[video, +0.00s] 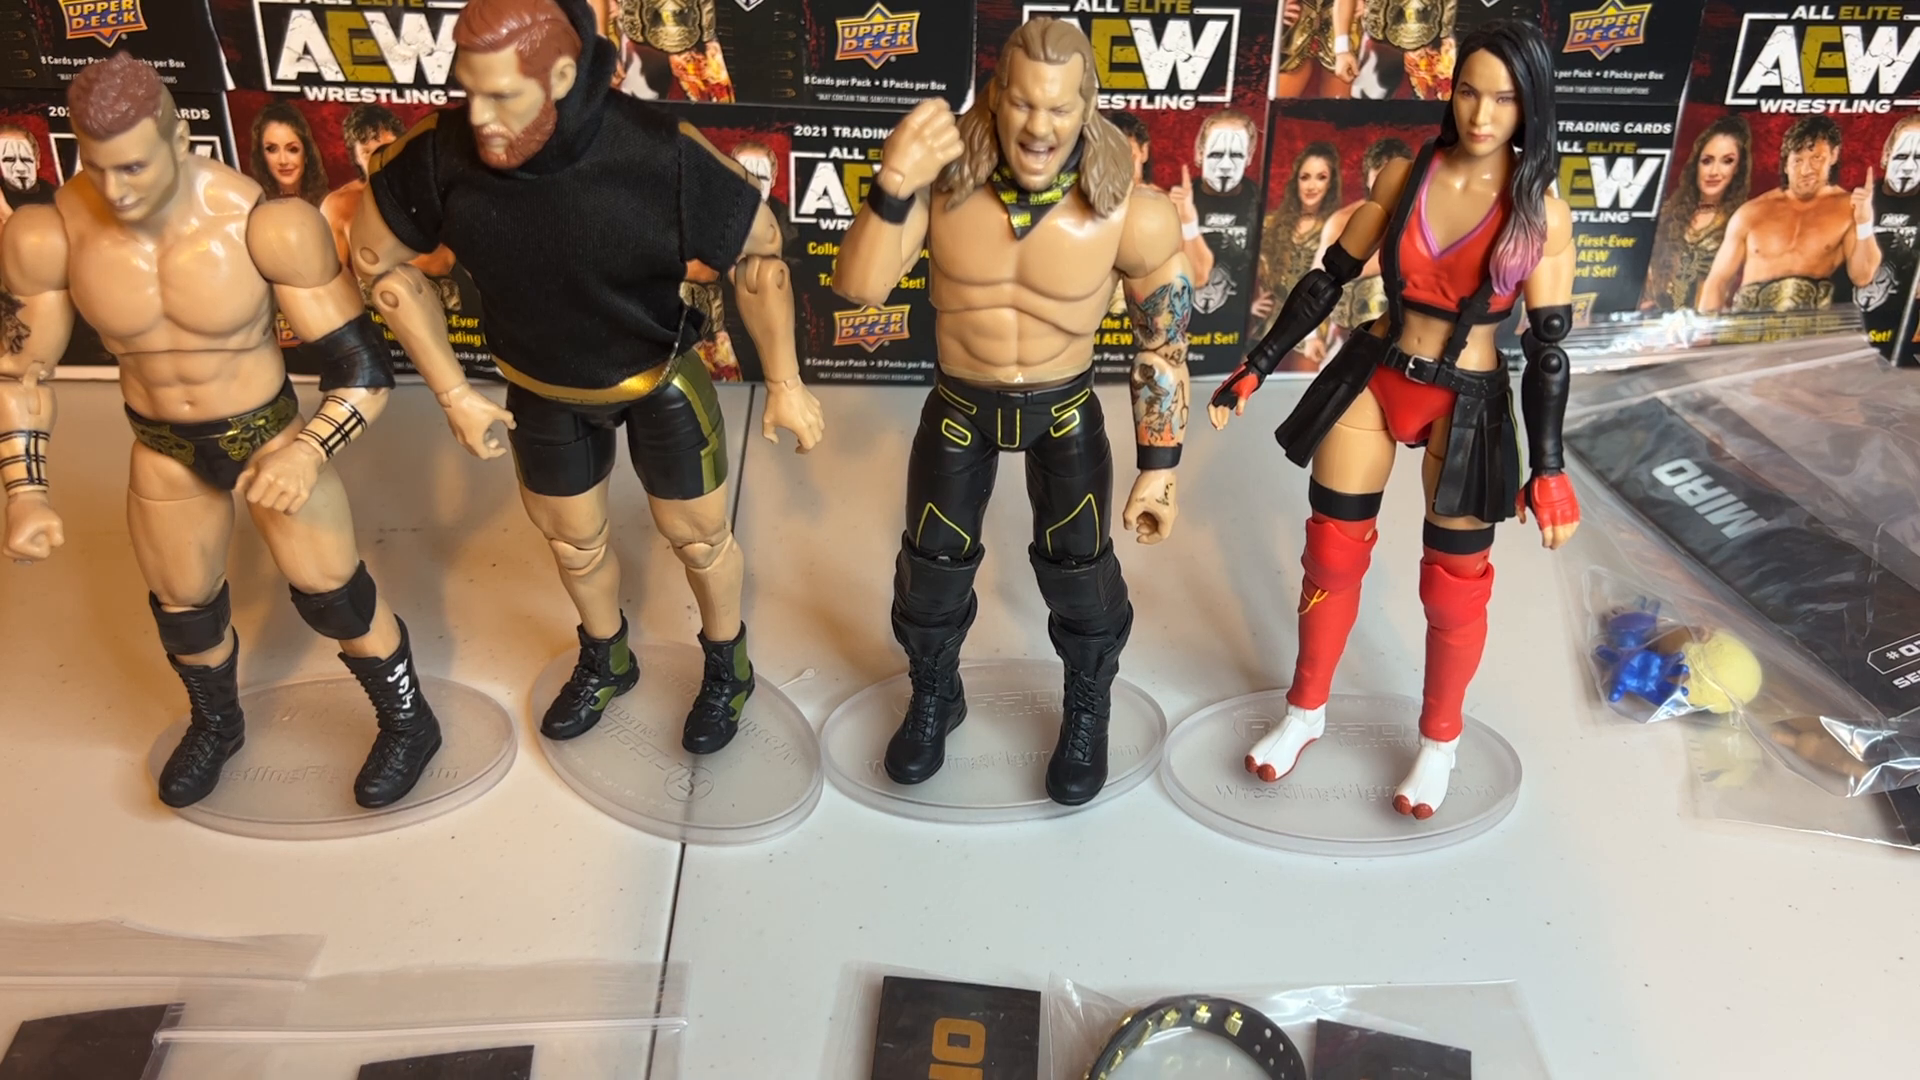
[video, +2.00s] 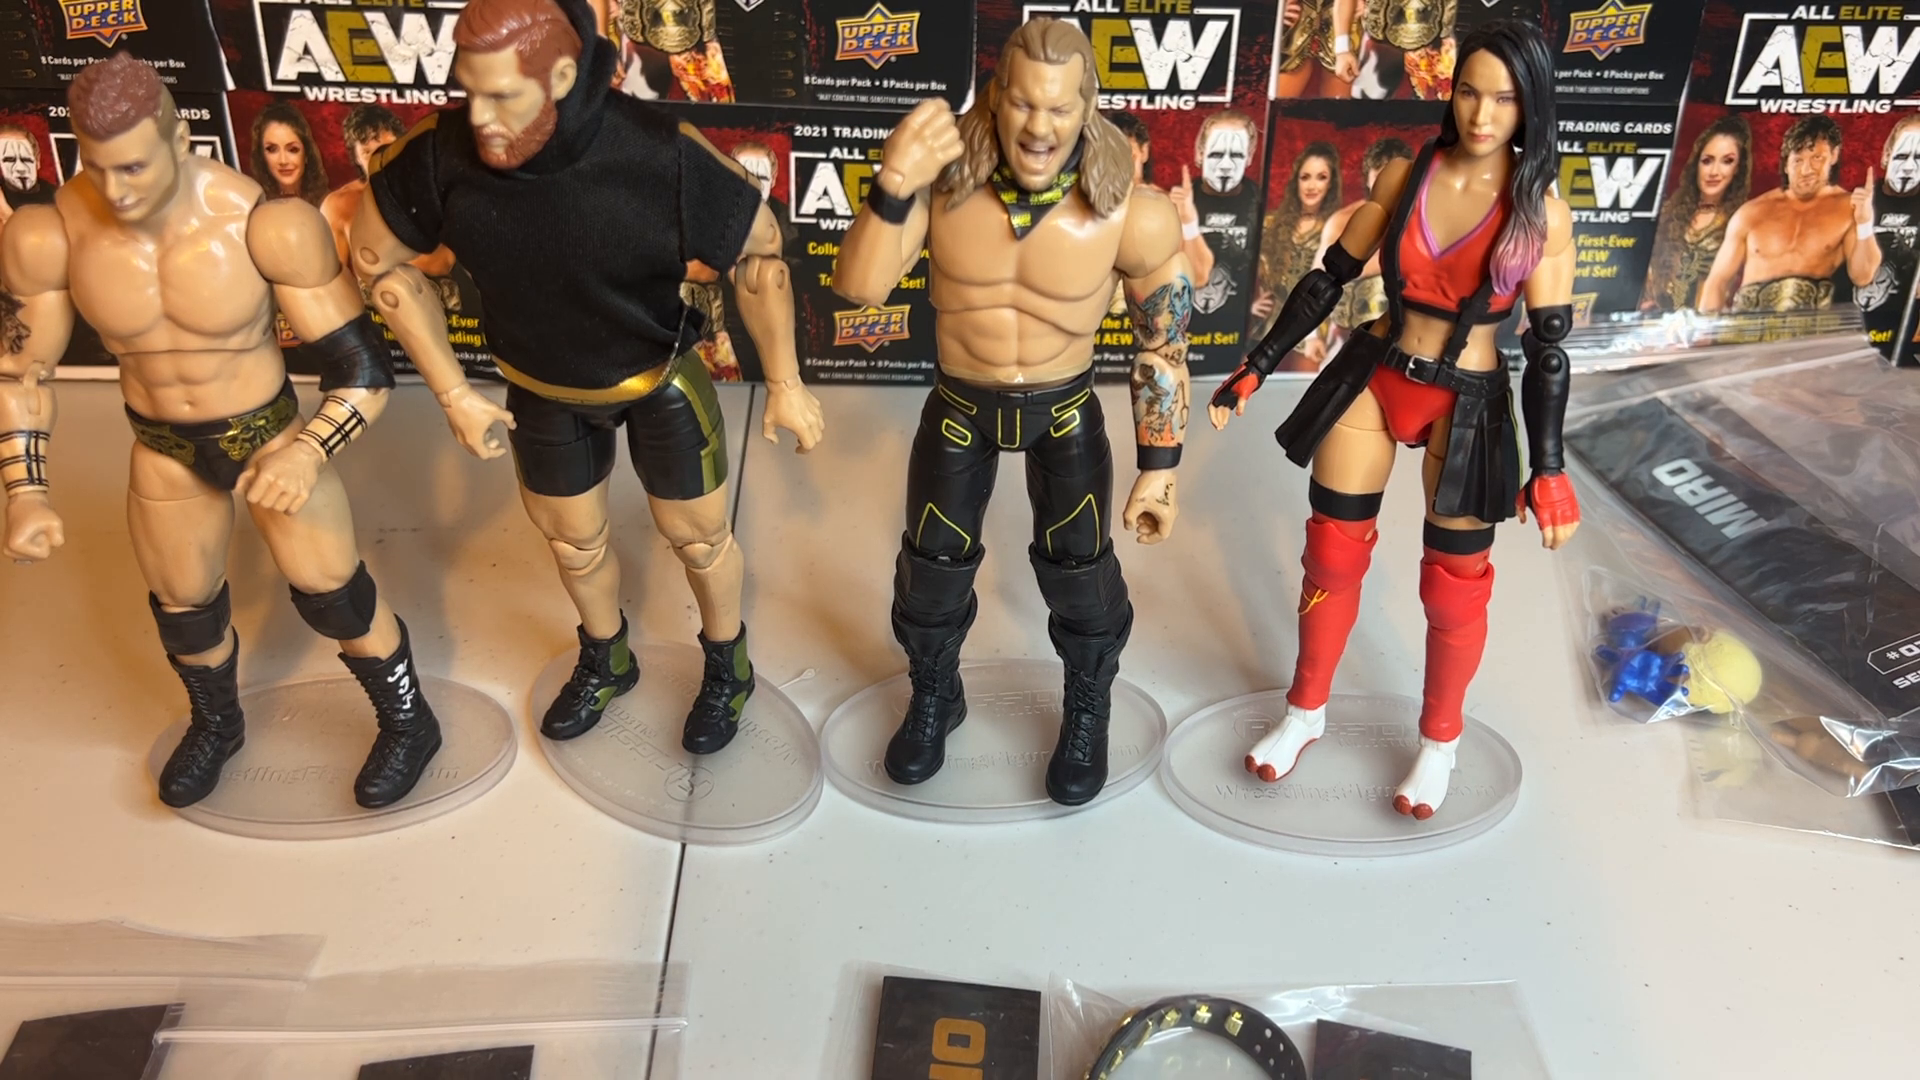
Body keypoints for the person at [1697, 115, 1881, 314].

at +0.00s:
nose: (1806, 169)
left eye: (1816, 158)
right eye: (1797, 160)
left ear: (1834, 156)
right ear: (1785, 163)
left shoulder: (1848, 207)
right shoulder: (1750, 213)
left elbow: (1862, 277)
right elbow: (1718, 281)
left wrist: (1864, 223)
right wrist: (1703, 336)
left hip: (1810, 316)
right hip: (1748, 314)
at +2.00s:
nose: (1806, 169)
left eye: (1817, 158)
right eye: (1798, 160)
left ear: (1834, 156)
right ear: (1785, 162)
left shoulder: (1848, 207)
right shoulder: (1750, 212)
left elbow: (1862, 277)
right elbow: (1718, 281)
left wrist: (1864, 224)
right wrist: (1704, 336)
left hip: (1810, 315)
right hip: (1748, 313)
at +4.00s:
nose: (1807, 169)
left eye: (1817, 158)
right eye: (1798, 160)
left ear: (1835, 156)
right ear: (1786, 162)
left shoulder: (1848, 207)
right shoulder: (1751, 212)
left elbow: (1862, 277)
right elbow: (1718, 281)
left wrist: (1865, 224)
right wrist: (1704, 334)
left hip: (1809, 314)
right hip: (1749, 311)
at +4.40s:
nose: (1806, 169)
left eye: (1816, 158)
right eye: (1797, 160)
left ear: (1834, 156)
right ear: (1785, 163)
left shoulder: (1848, 206)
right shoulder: (1750, 212)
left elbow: (1862, 277)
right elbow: (1718, 281)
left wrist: (1864, 222)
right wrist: (1703, 335)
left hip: (1810, 315)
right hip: (1749, 312)